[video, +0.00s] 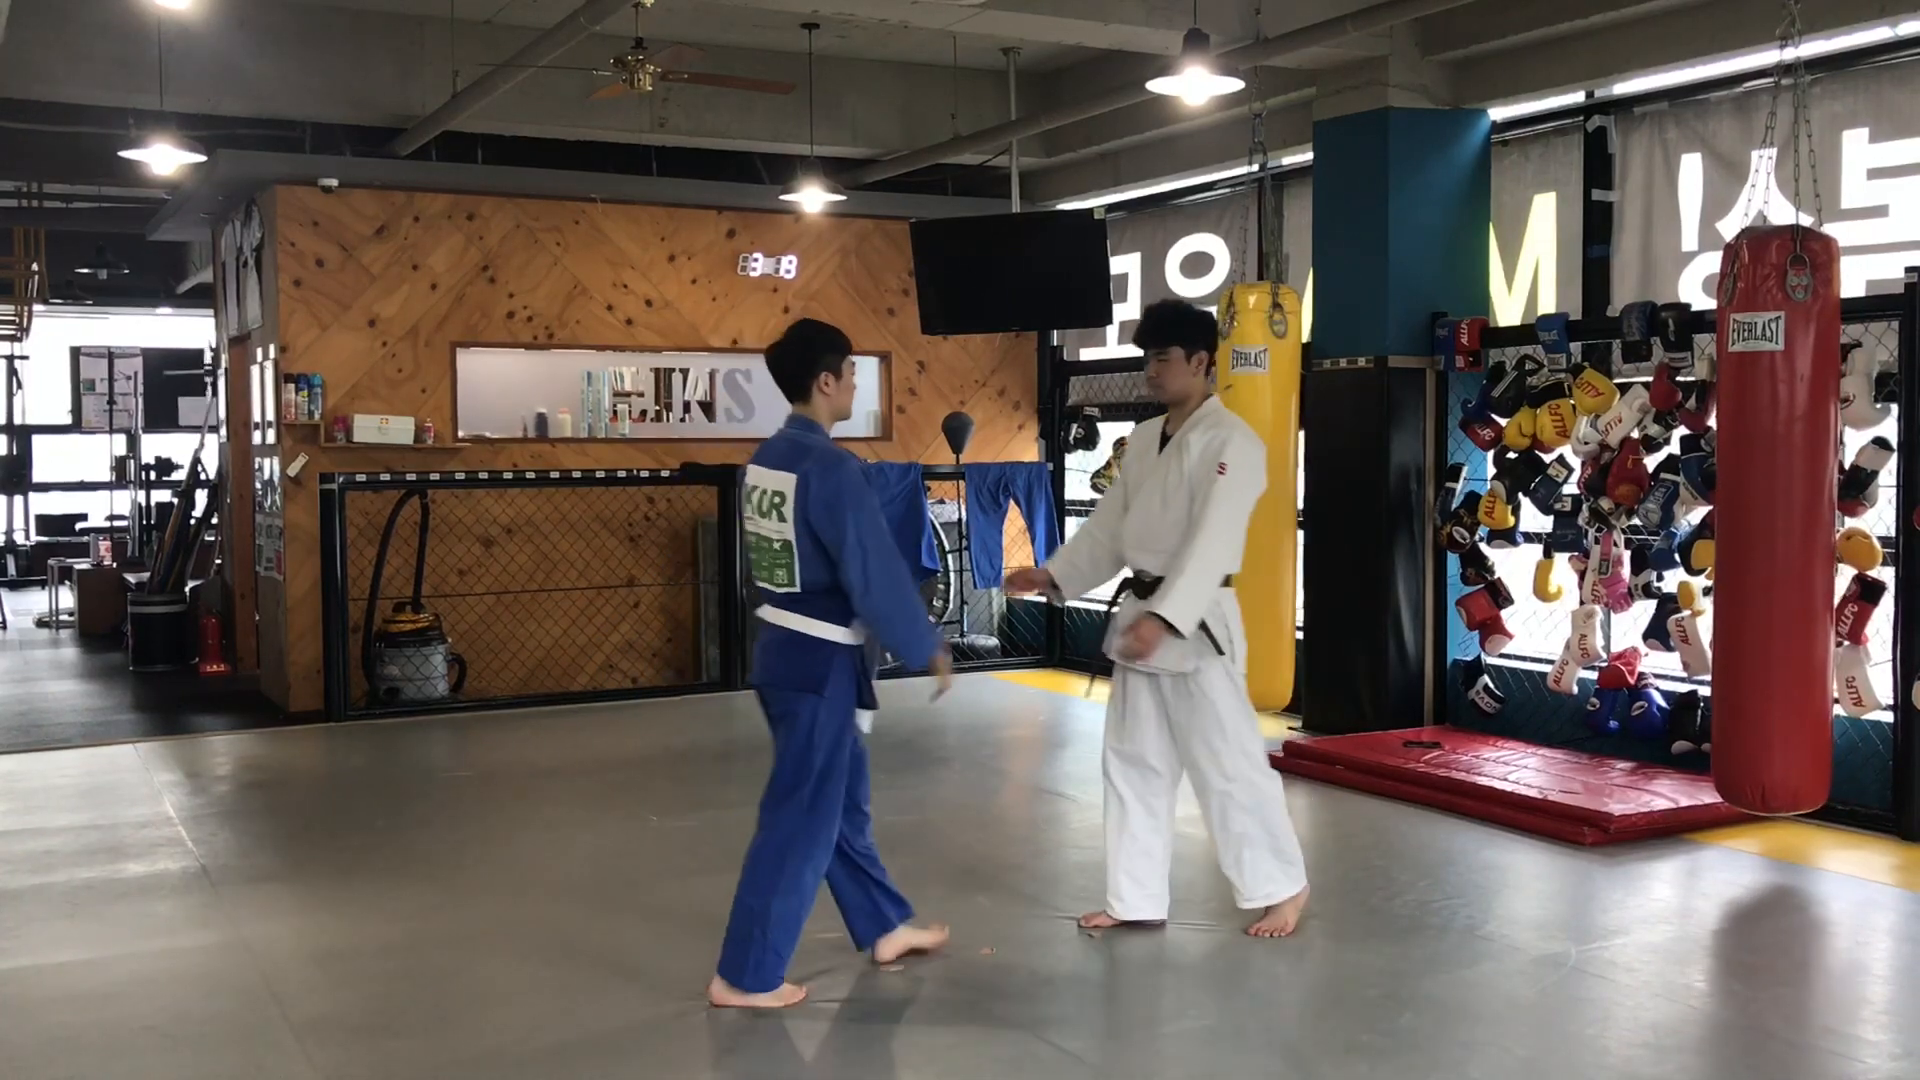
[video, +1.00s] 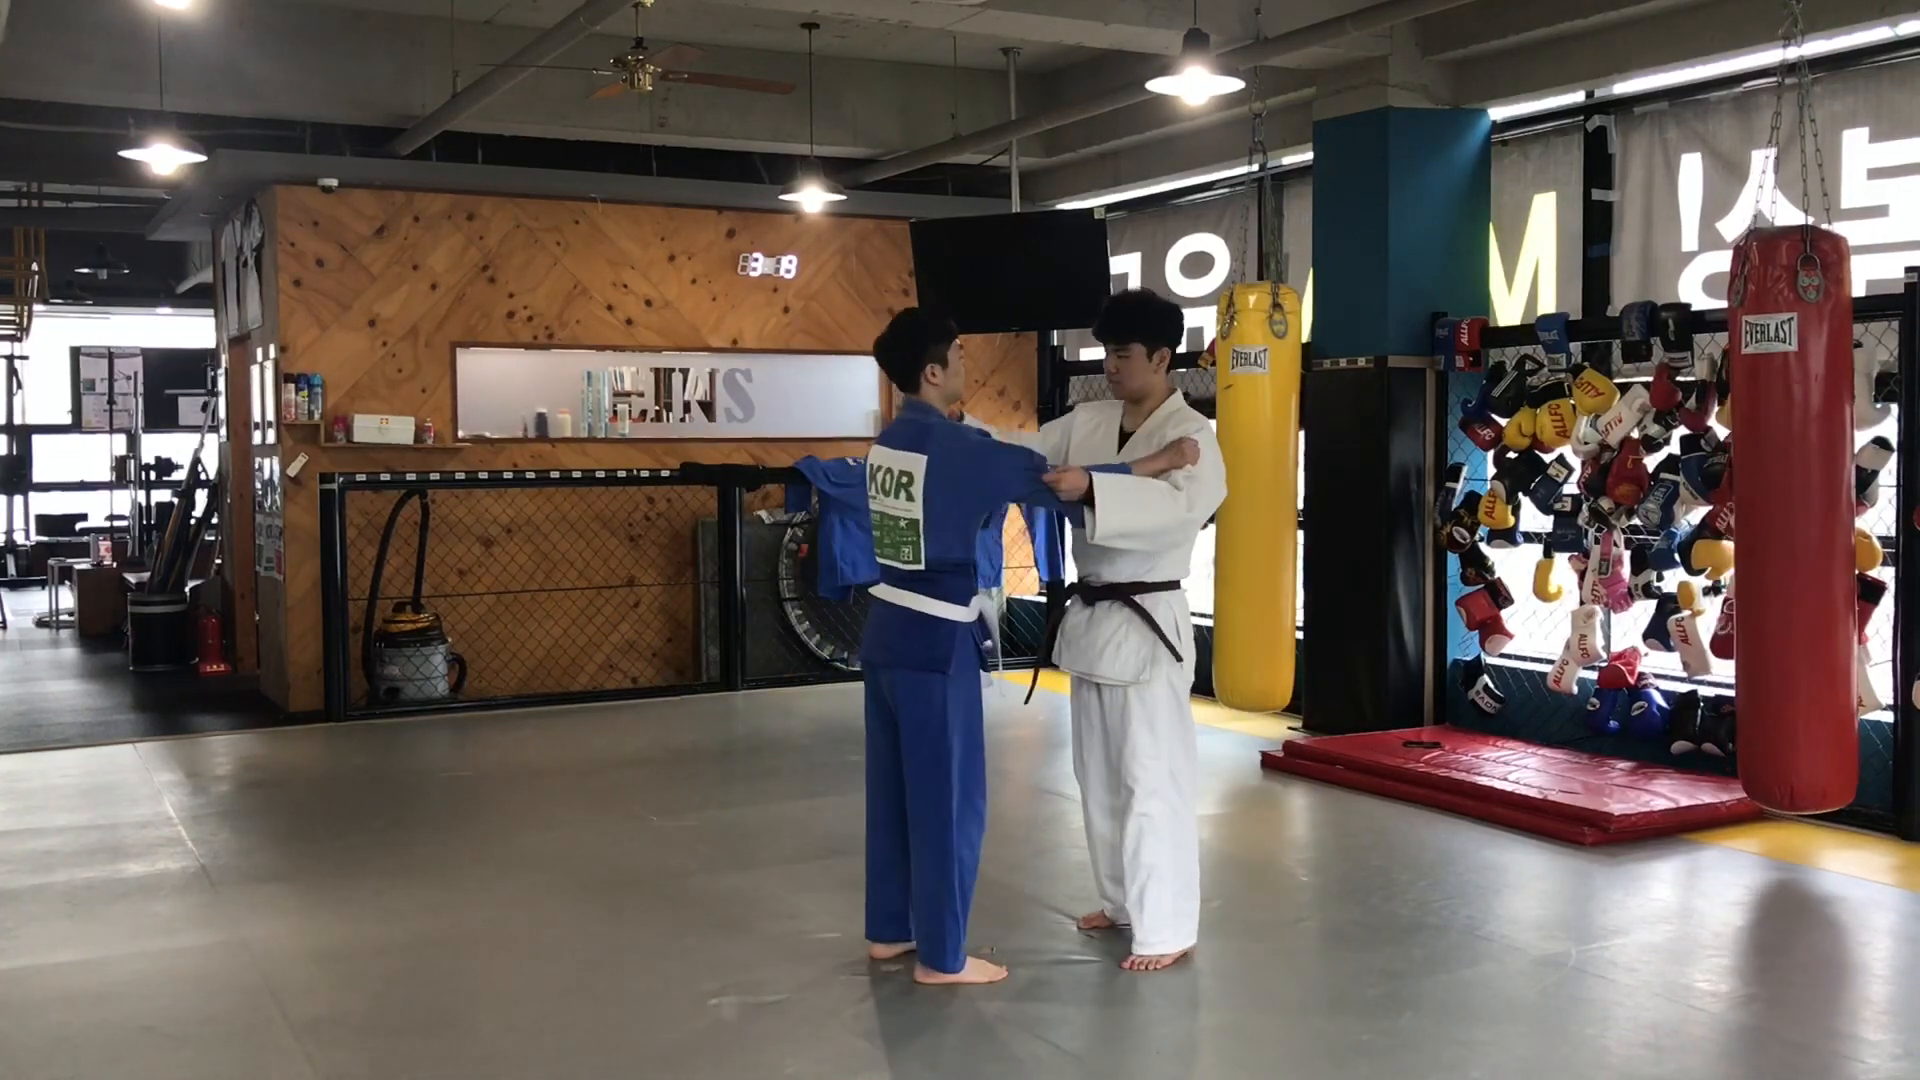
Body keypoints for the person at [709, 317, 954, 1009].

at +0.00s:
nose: (854, 385)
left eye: (852, 373)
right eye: (849, 374)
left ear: (796, 384)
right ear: (826, 381)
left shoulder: (770, 457)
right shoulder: (833, 467)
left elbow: (785, 558)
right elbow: (874, 572)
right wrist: (927, 645)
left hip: (778, 657)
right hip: (821, 665)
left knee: (842, 799)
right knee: (803, 813)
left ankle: (883, 928)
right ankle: (744, 975)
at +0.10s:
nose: (866, 385)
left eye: (864, 374)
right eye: (862, 375)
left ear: (811, 382)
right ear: (840, 380)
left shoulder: (793, 457)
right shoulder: (845, 467)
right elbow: (908, 569)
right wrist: (984, 582)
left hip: (812, 651)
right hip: (845, 661)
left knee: (863, 802)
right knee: (830, 807)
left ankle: (885, 936)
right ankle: (753, 963)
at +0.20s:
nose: (886, 379)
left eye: (883, 366)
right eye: (880, 368)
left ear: (830, 378)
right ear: (855, 375)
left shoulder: (812, 454)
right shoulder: (866, 460)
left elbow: (847, 552)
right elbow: (938, 535)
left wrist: (912, 587)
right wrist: (1013, 517)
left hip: (822, 652)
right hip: (865, 658)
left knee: (855, 795)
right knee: (881, 799)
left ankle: (889, 933)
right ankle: (776, 933)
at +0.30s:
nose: (904, 378)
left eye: (901, 366)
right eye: (898, 366)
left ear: (848, 378)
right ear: (871, 374)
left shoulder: (826, 455)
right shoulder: (883, 456)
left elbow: (893, 556)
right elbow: (966, 510)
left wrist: (956, 536)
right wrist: (1051, 477)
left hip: (834, 649)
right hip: (882, 655)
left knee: (862, 792)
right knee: (919, 791)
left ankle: (892, 932)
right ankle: (834, 927)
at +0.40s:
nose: (920, 376)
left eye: (917, 364)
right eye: (913, 365)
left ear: (859, 374)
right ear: (886, 371)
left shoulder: (843, 449)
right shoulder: (903, 451)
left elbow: (950, 531)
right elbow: (991, 485)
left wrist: (1017, 506)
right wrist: (1089, 457)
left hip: (839, 645)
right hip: (891, 648)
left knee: (864, 794)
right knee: (926, 792)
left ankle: (876, 936)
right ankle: (908, 949)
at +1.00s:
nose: (965, 369)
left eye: (960, 357)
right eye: (957, 359)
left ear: (899, 376)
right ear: (933, 371)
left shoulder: (891, 439)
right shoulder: (965, 452)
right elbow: (1057, 480)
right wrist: (1150, 466)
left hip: (884, 639)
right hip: (938, 647)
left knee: (891, 792)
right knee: (948, 801)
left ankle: (888, 932)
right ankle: (942, 957)